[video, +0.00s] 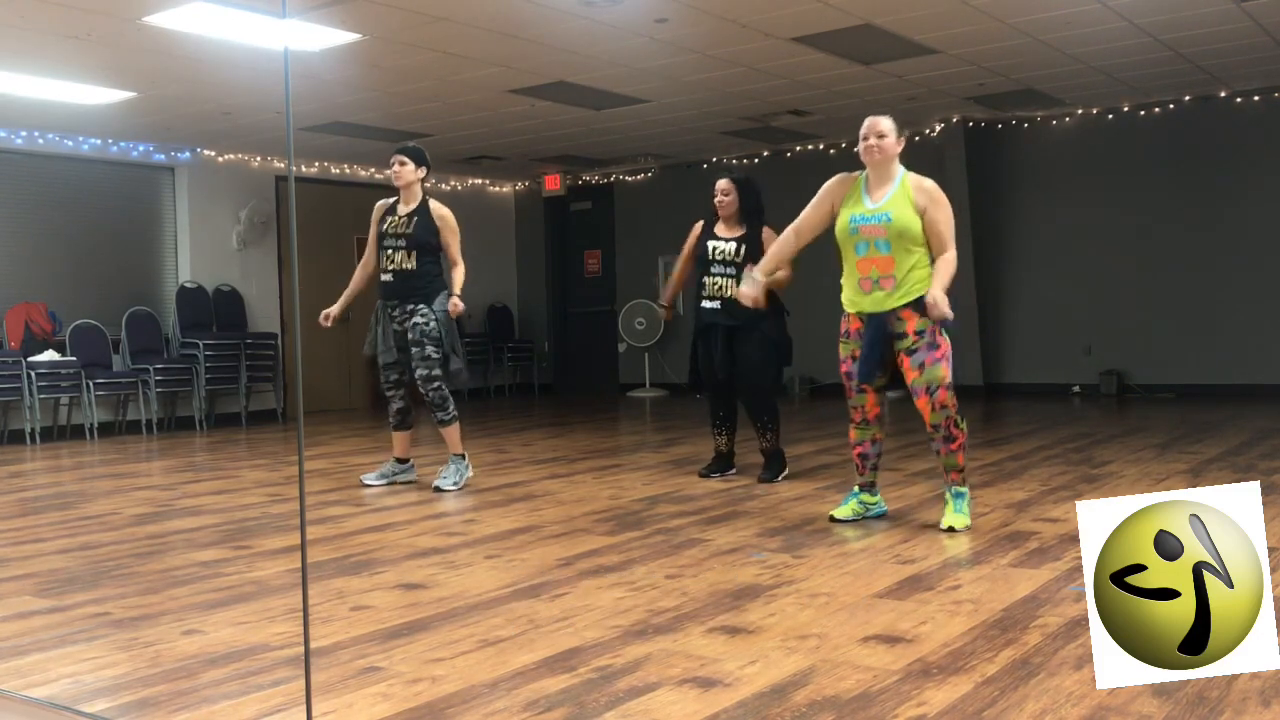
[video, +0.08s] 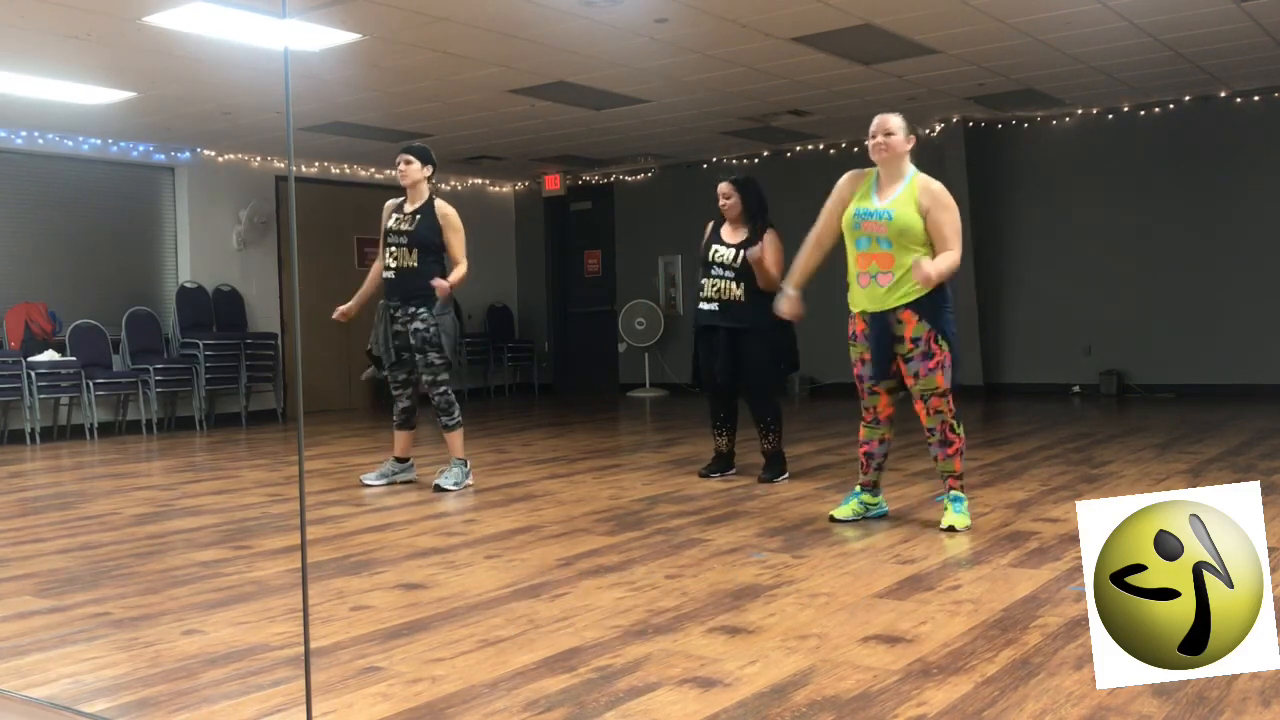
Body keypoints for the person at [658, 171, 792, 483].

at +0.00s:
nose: (719, 199)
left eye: (726, 194)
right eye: (716, 194)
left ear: (742, 198)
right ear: (713, 199)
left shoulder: (762, 235)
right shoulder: (702, 230)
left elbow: (785, 273)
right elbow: (683, 266)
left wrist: (765, 281)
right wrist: (667, 300)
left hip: (754, 330)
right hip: (713, 329)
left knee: (756, 391)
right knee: (718, 392)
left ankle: (773, 458)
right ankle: (723, 458)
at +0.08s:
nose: (722, 203)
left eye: (728, 197)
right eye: (720, 197)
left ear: (747, 199)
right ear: (718, 201)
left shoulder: (766, 236)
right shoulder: (713, 228)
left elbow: (771, 285)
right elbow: (709, 272)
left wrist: (758, 263)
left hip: (755, 331)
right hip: (716, 330)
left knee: (761, 392)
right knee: (720, 392)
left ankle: (774, 460)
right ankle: (723, 457)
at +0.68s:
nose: (721, 205)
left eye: (726, 199)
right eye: (719, 200)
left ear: (744, 197)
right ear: (721, 202)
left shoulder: (764, 220)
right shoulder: (732, 232)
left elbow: (788, 247)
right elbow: (728, 272)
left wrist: (755, 233)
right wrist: (702, 287)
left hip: (768, 325)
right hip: (733, 325)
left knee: (769, 389)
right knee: (711, 381)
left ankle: (776, 461)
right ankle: (718, 451)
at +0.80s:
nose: (717, 209)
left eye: (722, 203)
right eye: (714, 204)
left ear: (740, 203)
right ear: (714, 206)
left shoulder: (758, 223)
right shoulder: (726, 239)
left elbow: (792, 239)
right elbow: (732, 275)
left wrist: (770, 262)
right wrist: (703, 278)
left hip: (768, 326)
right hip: (733, 326)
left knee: (769, 390)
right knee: (704, 377)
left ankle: (776, 460)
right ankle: (715, 442)